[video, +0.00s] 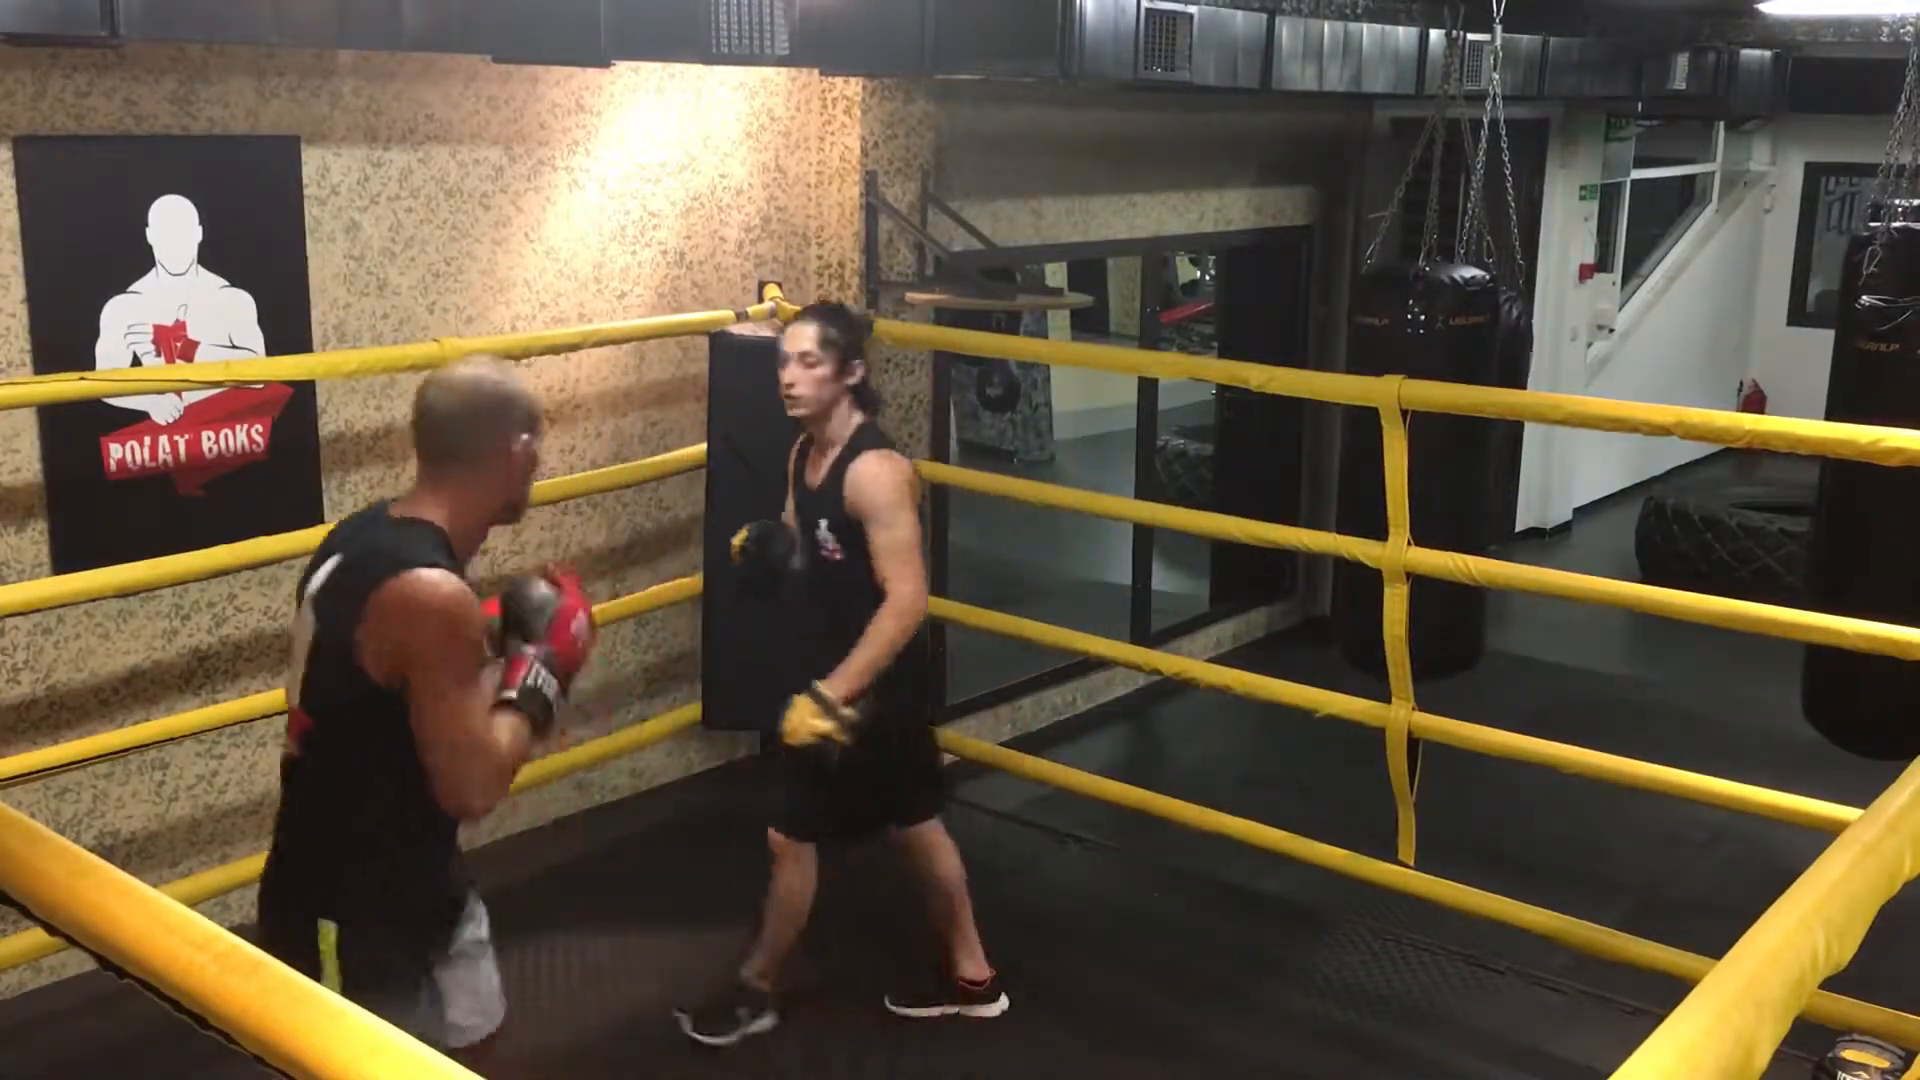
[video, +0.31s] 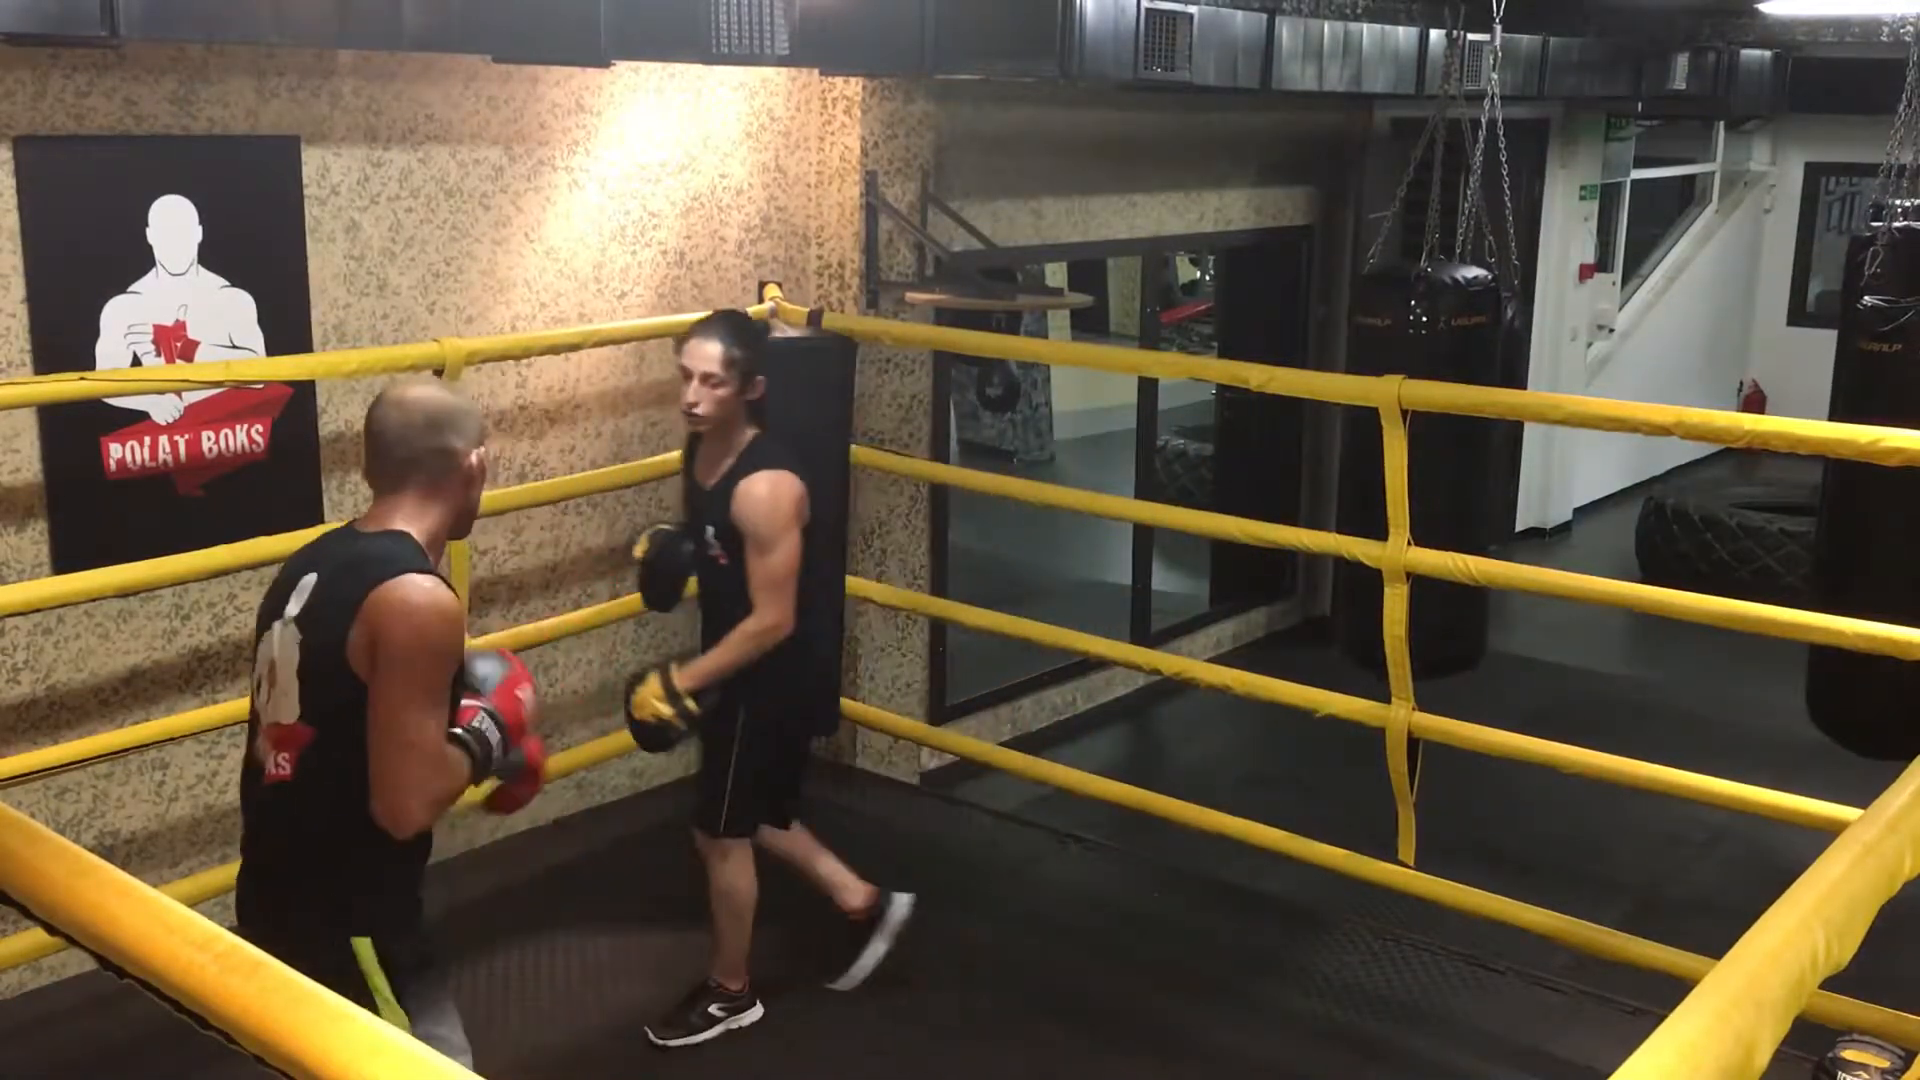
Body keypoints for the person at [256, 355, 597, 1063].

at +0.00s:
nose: (537, 463)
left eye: (538, 445)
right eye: (536, 445)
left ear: (432, 442)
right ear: (515, 453)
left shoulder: (354, 540)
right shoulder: (432, 596)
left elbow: (365, 709)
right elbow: (469, 786)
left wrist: (486, 637)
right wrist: (543, 672)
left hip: (318, 888)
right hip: (400, 910)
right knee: (460, 1060)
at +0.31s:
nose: (485, 476)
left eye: (484, 461)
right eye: (486, 461)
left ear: (372, 467)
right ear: (473, 467)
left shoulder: (308, 566)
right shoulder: (417, 600)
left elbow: (319, 741)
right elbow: (406, 804)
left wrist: (453, 731)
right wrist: (483, 731)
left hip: (276, 917)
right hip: (361, 938)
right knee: (439, 1072)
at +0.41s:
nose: (486, 488)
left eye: (482, 472)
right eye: (485, 475)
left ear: (366, 479)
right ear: (471, 486)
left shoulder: (291, 579)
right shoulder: (431, 631)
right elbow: (462, 828)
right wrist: (493, 711)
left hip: (265, 939)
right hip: (367, 961)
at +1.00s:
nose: (469, 491)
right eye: (467, 476)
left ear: (347, 491)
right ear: (458, 479)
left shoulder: (280, 594)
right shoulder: (465, 617)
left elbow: (235, 773)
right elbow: (524, 816)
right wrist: (508, 707)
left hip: (289, 936)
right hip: (401, 946)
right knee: (482, 1062)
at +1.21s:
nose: (515, 496)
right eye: (512, 486)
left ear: (386, 509)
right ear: (503, 503)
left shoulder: (305, 616)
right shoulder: (513, 648)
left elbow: (218, 797)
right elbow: (576, 814)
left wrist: (339, 751)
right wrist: (545, 669)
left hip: (304, 980)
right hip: (433, 988)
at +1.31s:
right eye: (527, 500)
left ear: (398, 507)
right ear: (518, 511)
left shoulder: (312, 619)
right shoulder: (538, 652)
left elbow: (215, 794)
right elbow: (594, 805)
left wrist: (341, 754)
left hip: (303, 980)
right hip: (441, 990)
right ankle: (567, 1016)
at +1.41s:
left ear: (400, 540)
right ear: (525, 537)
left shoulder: (308, 648)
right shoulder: (550, 684)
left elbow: (223, 813)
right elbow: (611, 795)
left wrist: (342, 785)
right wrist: (557, 661)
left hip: (300, 1001)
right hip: (444, 1016)